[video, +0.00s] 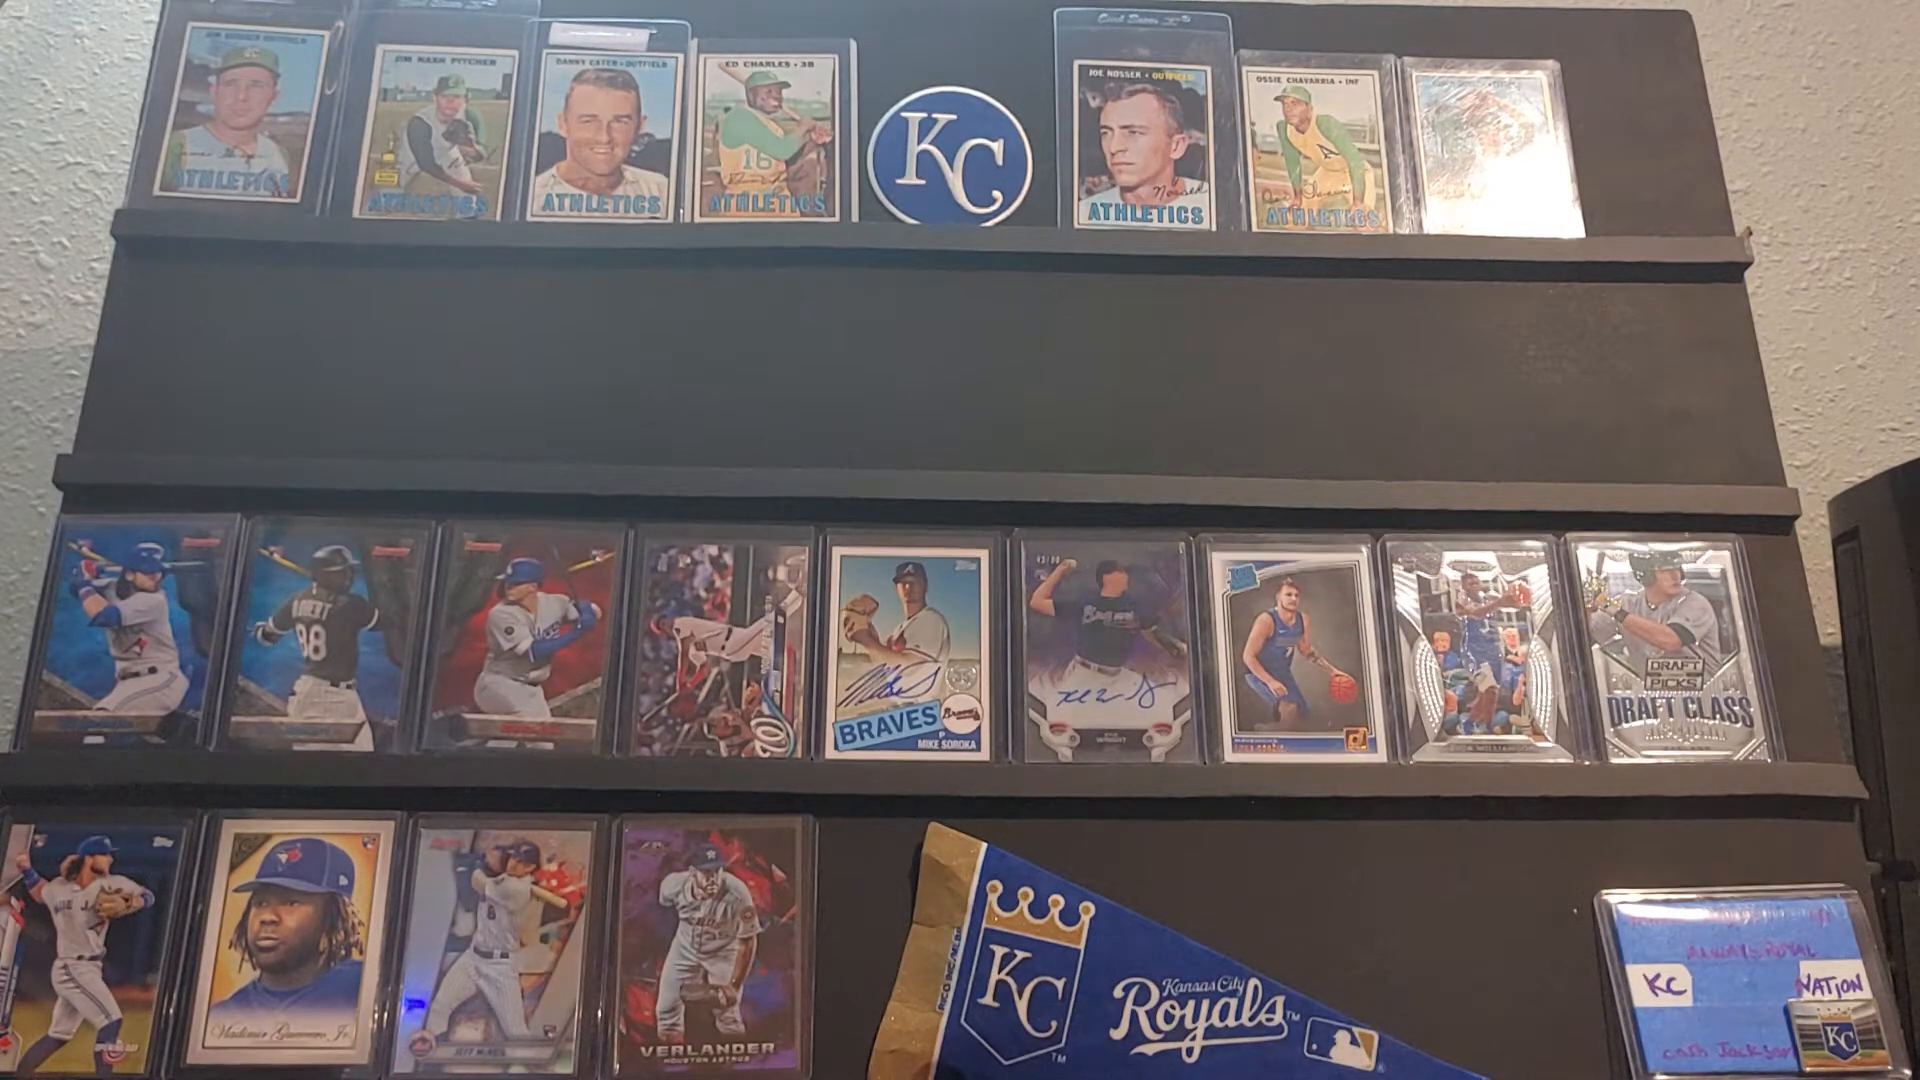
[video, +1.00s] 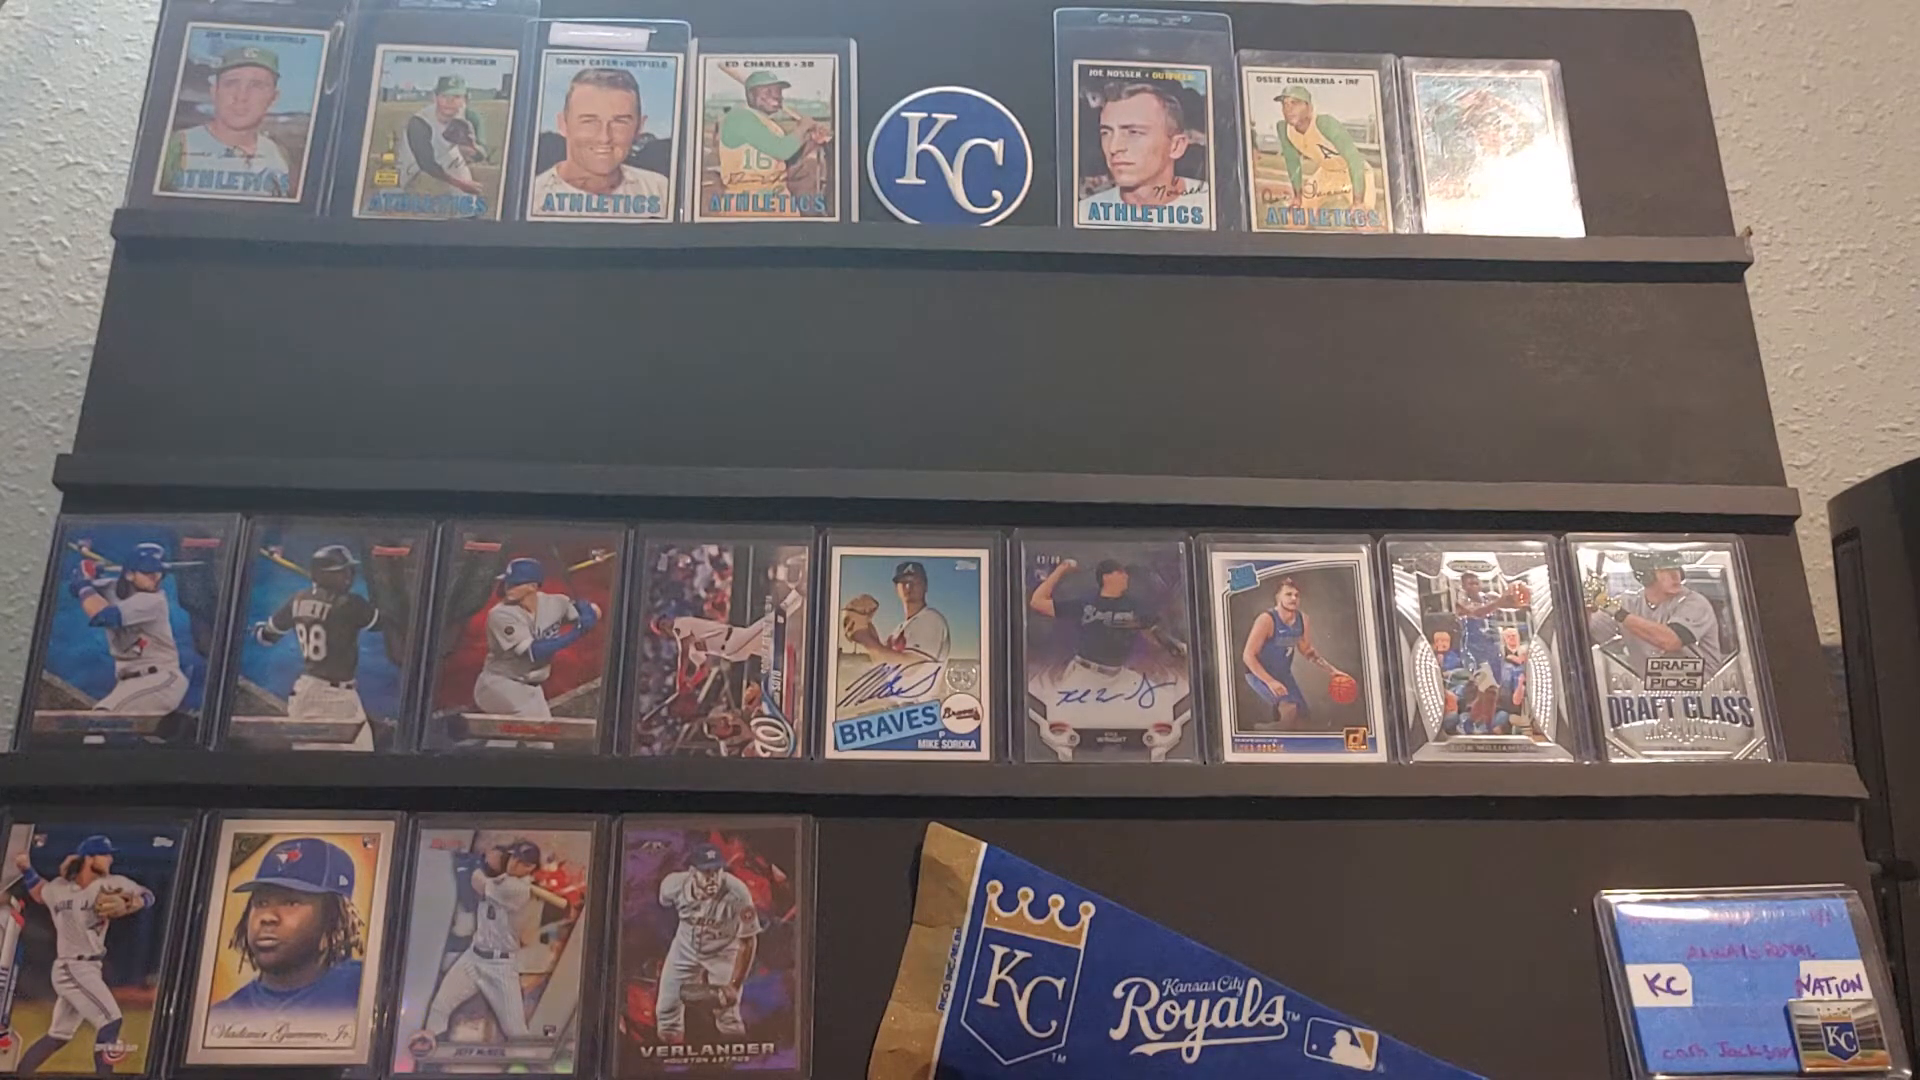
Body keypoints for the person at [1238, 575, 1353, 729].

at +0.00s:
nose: (1293, 599)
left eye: (1296, 595)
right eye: (1288, 595)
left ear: (1299, 598)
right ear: (1278, 597)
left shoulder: (1302, 619)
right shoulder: (1266, 620)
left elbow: (1306, 650)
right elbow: (1248, 656)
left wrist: (1332, 671)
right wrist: (1270, 681)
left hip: (1283, 672)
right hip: (1260, 672)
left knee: (1301, 712)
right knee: (1289, 706)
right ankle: (1284, 750)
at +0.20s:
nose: (1294, 599)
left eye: (1296, 595)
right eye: (1288, 595)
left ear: (1299, 598)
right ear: (1278, 598)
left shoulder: (1302, 619)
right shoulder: (1266, 620)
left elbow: (1307, 651)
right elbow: (1248, 655)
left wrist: (1333, 671)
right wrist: (1270, 681)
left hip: (1283, 673)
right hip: (1260, 673)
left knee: (1302, 713)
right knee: (1289, 707)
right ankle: (1282, 750)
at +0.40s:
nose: (1294, 599)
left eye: (1296, 595)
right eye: (1288, 595)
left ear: (1299, 598)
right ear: (1278, 598)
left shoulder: (1302, 619)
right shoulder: (1266, 620)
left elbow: (1307, 651)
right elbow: (1248, 655)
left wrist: (1333, 671)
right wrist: (1270, 681)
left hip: (1283, 673)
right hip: (1260, 673)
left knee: (1302, 713)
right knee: (1289, 707)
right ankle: (1281, 750)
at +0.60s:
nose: (1294, 599)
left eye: (1296, 595)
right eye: (1288, 595)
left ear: (1299, 598)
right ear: (1278, 598)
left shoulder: (1302, 619)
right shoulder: (1266, 620)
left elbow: (1307, 650)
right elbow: (1248, 656)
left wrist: (1333, 671)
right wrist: (1270, 681)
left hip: (1283, 673)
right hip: (1260, 673)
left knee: (1302, 713)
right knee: (1289, 707)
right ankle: (1281, 750)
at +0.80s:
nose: (1294, 599)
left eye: (1296, 595)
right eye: (1288, 595)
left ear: (1299, 598)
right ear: (1278, 598)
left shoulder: (1302, 619)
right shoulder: (1266, 620)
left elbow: (1307, 650)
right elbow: (1248, 656)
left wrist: (1333, 671)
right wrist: (1270, 681)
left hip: (1283, 673)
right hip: (1260, 673)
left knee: (1302, 713)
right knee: (1289, 707)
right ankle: (1282, 750)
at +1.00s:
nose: (1294, 599)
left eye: (1296, 595)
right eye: (1288, 595)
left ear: (1299, 598)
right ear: (1278, 598)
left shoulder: (1302, 619)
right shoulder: (1266, 620)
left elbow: (1307, 650)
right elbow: (1248, 656)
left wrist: (1333, 671)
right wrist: (1270, 681)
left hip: (1283, 673)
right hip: (1260, 673)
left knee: (1302, 713)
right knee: (1289, 707)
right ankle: (1282, 750)